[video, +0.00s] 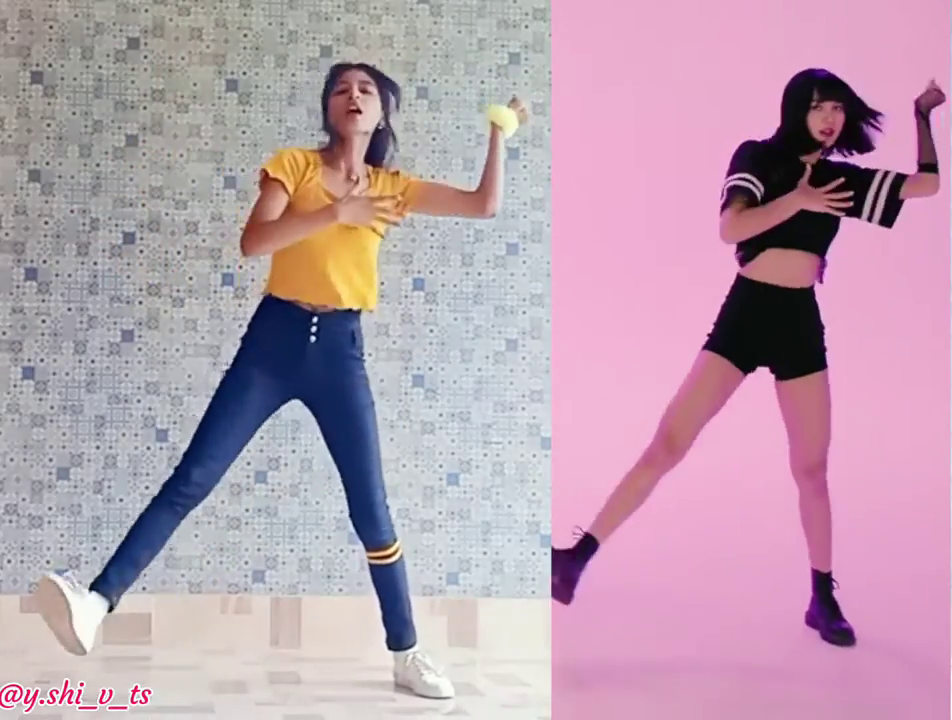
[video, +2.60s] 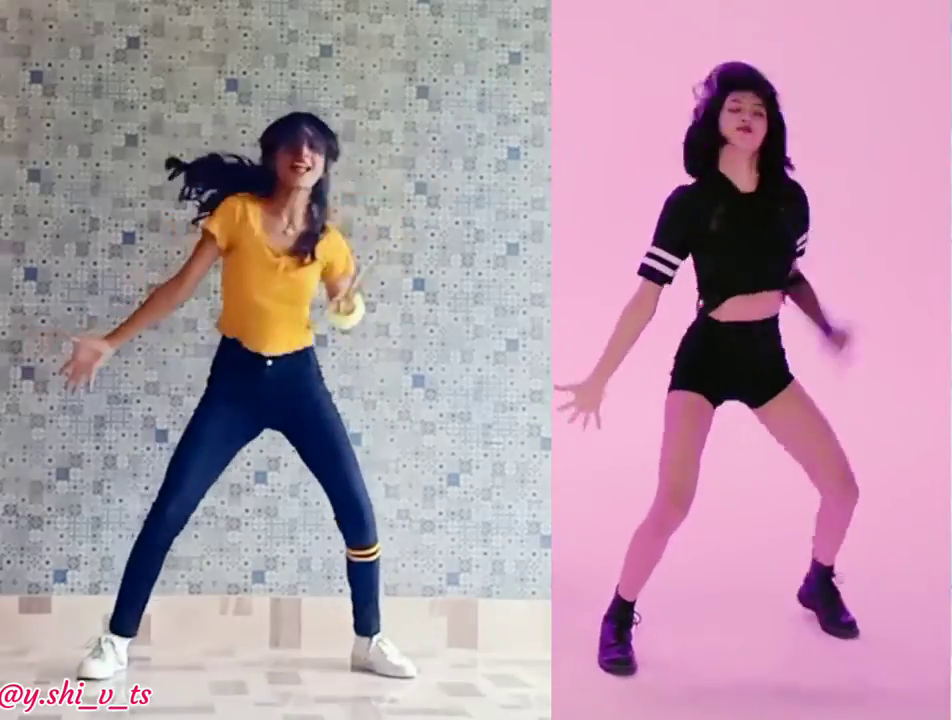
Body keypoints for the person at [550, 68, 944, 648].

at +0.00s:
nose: (829, 118)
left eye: (837, 109)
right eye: (818, 108)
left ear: (847, 117)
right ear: (796, 111)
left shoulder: (840, 177)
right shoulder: (758, 156)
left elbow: (927, 184)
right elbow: (731, 229)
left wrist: (923, 119)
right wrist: (796, 201)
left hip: (800, 325)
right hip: (742, 317)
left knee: (812, 470)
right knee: (665, 450)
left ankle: (823, 597)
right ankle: (576, 558)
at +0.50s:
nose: (748, 170)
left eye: (757, 159)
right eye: (738, 159)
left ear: (768, 165)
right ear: (718, 164)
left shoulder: (783, 209)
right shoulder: (709, 215)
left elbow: (870, 216)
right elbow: (731, 270)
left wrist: (864, 150)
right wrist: (769, 238)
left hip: (759, 374)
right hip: (714, 361)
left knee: (849, 464)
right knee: (669, 482)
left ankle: (826, 587)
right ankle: (608, 589)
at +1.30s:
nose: (707, 176)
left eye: (717, 166)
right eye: (698, 165)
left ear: (727, 169)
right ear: (681, 167)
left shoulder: (747, 209)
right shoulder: (669, 224)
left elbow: (827, 211)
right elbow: (697, 293)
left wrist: (825, 144)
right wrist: (747, 336)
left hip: (727, 367)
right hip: (680, 358)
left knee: (815, 462)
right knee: (640, 476)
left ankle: (805, 583)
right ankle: (589, 584)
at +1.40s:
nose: (704, 174)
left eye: (712, 162)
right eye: (694, 165)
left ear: (724, 165)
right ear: (679, 172)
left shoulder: (753, 210)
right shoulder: (672, 233)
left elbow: (833, 213)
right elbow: (658, 315)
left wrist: (833, 146)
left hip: (734, 372)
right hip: (686, 364)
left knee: (819, 467)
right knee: (645, 482)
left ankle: (813, 590)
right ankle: (596, 591)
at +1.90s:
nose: (772, 227)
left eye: (785, 225)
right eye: (769, 212)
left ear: (792, 236)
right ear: (750, 207)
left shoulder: (786, 280)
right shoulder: (697, 269)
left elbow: (875, 297)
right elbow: (652, 347)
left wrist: (898, 230)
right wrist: (600, 417)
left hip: (786, 409)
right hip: (730, 423)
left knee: (858, 515)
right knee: (668, 496)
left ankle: (850, 610)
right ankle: (642, 626)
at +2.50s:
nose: (738, 136)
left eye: (752, 129)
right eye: (731, 122)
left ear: (766, 140)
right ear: (713, 123)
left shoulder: (778, 192)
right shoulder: (684, 202)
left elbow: (822, 251)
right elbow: (632, 298)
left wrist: (847, 185)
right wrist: (573, 369)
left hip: (755, 363)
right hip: (697, 357)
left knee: (857, 456)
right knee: (669, 503)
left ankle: (841, 570)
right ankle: (615, 612)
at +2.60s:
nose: (746, 118)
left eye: (757, 110)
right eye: (734, 108)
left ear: (771, 122)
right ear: (714, 121)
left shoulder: (789, 198)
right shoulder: (690, 202)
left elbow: (788, 275)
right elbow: (647, 296)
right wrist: (598, 377)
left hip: (765, 359)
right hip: (704, 357)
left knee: (841, 487)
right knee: (672, 506)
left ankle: (819, 581)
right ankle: (619, 616)